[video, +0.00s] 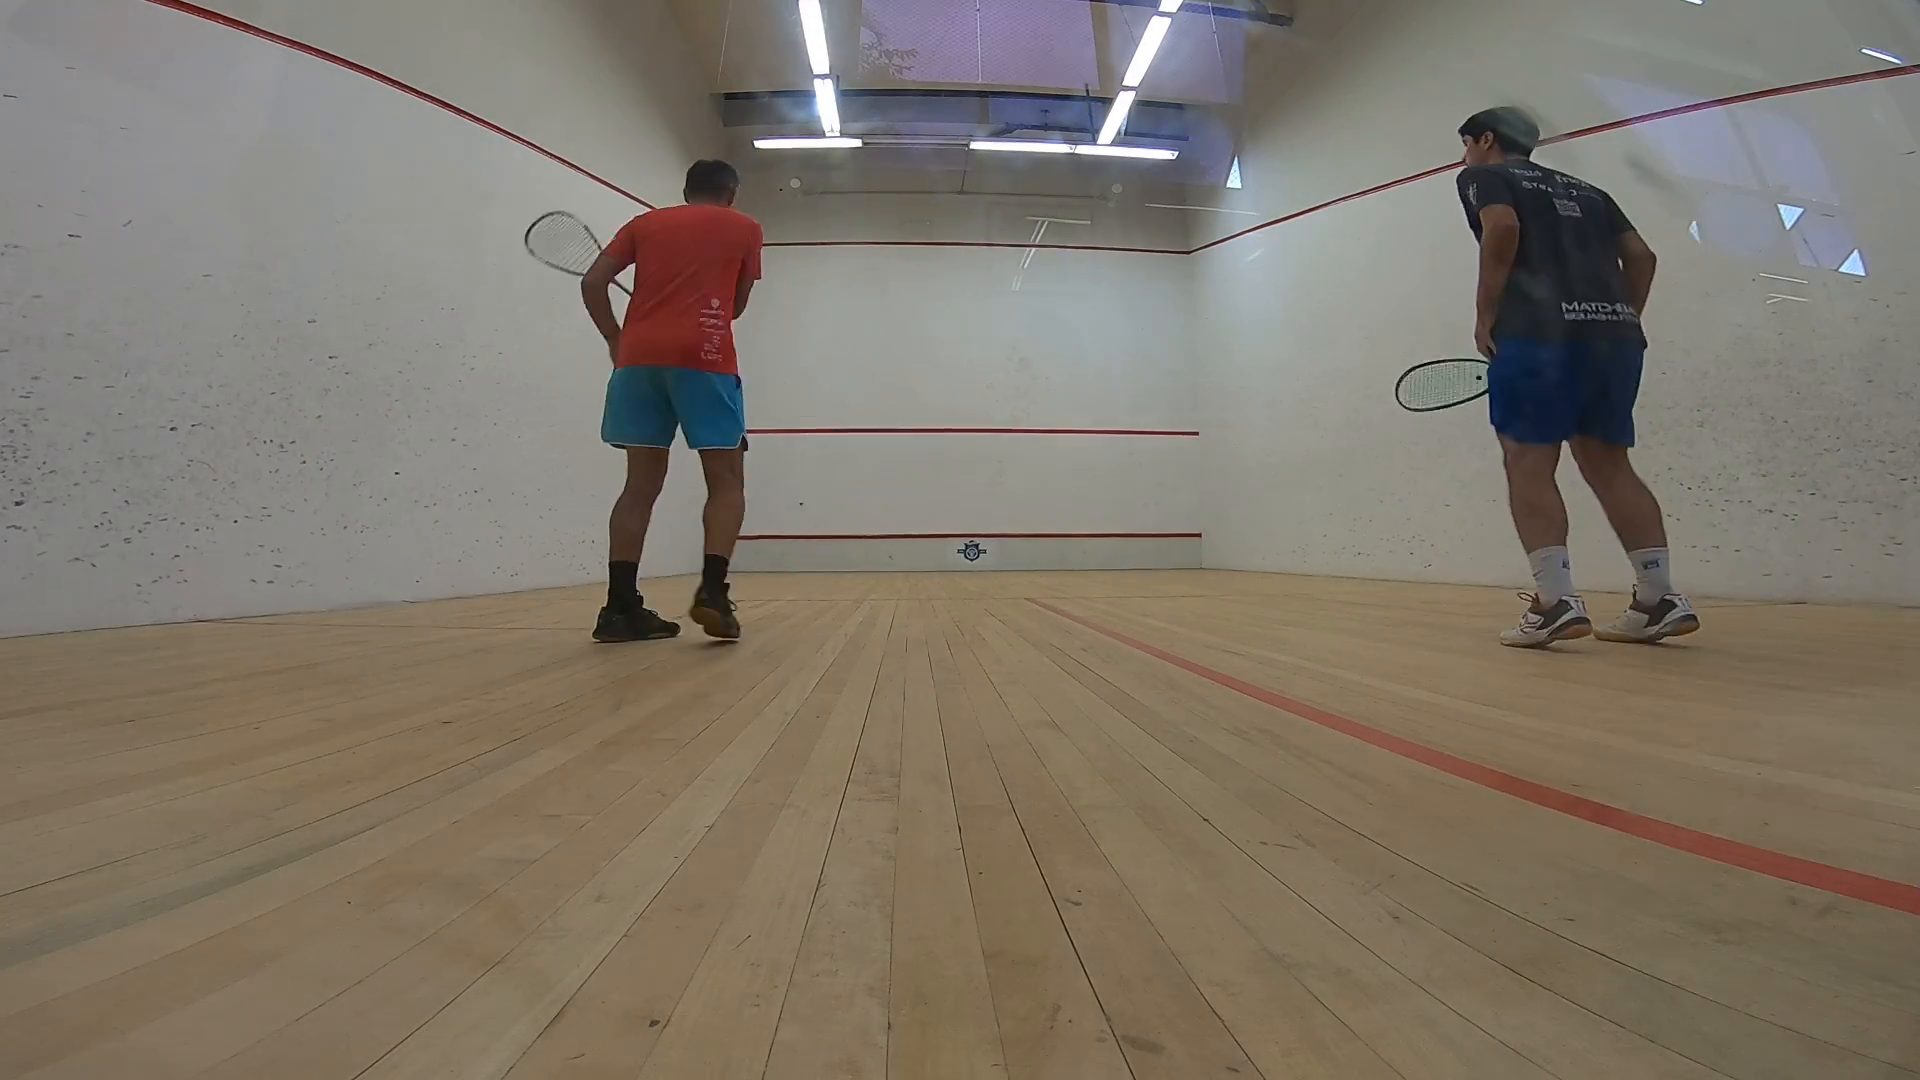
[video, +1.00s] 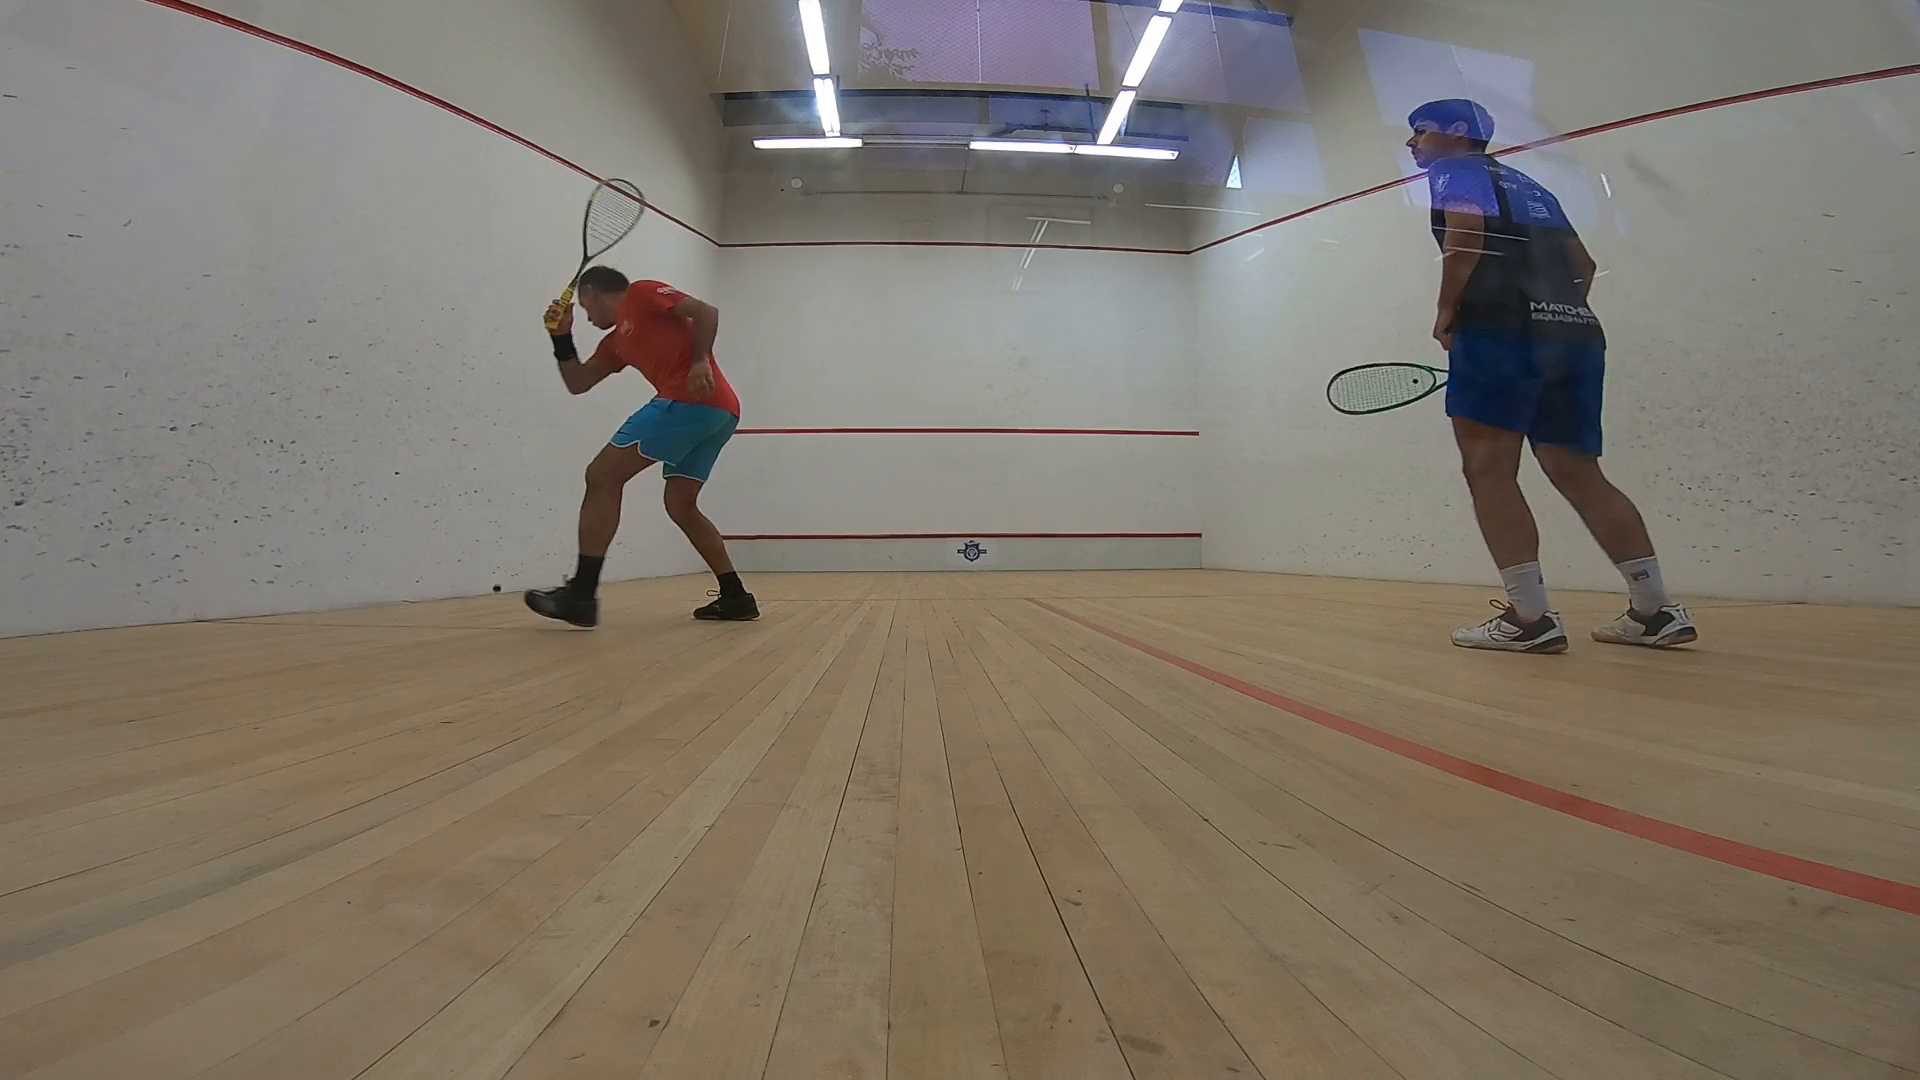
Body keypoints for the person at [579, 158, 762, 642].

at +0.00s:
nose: (734, 204)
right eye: (734, 198)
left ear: (686, 192)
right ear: (731, 196)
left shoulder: (647, 222)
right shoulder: (745, 228)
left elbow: (592, 283)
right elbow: (736, 304)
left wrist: (614, 337)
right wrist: (694, 336)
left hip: (637, 355)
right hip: (705, 359)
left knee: (641, 482)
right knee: (725, 483)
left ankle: (621, 607)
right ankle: (712, 594)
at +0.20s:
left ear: (680, 207)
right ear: (726, 213)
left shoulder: (662, 230)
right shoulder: (753, 249)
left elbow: (631, 278)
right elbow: (762, 322)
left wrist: (586, 331)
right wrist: (714, 337)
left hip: (668, 359)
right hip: (733, 367)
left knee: (654, 486)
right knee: (743, 485)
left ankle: (628, 605)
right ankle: (779, 600)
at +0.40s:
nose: (675, 230)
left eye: (676, 224)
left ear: (678, 222)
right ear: (720, 228)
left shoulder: (674, 237)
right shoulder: (751, 262)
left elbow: (682, 280)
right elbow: (772, 331)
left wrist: (629, 339)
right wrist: (711, 351)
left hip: (698, 373)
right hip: (755, 377)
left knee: (673, 489)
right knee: (753, 491)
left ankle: (687, 600)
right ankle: (785, 602)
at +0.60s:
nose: (654, 247)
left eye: (654, 241)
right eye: (655, 241)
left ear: (659, 234)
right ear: (698, 236)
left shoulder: (673, 251)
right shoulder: (725, 271)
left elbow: (698, 300)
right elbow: (724, 340)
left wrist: (662, 365)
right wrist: (673, 375)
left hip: (700, 383)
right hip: (743, 388)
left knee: (674, 493)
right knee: (710, 491)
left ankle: (716, 607)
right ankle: (769, 572)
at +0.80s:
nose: (637, 275)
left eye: (636, 266)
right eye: (636, 268)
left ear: (644, 255)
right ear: (670, 251)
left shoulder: (667, 265)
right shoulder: (687, 282)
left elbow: (704, 300)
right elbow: (693, 364)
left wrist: (667, 359)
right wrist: (634, 363)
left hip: (694, 395)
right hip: (724, 398)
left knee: (649, 491)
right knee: (697, 498)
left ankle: (709, 593)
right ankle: (739, 596)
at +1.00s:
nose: (586, 316)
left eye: (584, 306)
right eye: (583, 310)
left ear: (593, 293)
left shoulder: (642, 293)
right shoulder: (618, 343)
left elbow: (706, 313)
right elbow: (577, 382)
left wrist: (701, 359)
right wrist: (561, 337)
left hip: (685, 401)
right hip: (717, 408)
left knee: (603, 475)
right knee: (680, 504)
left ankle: (581, 595)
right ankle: (735, 596)